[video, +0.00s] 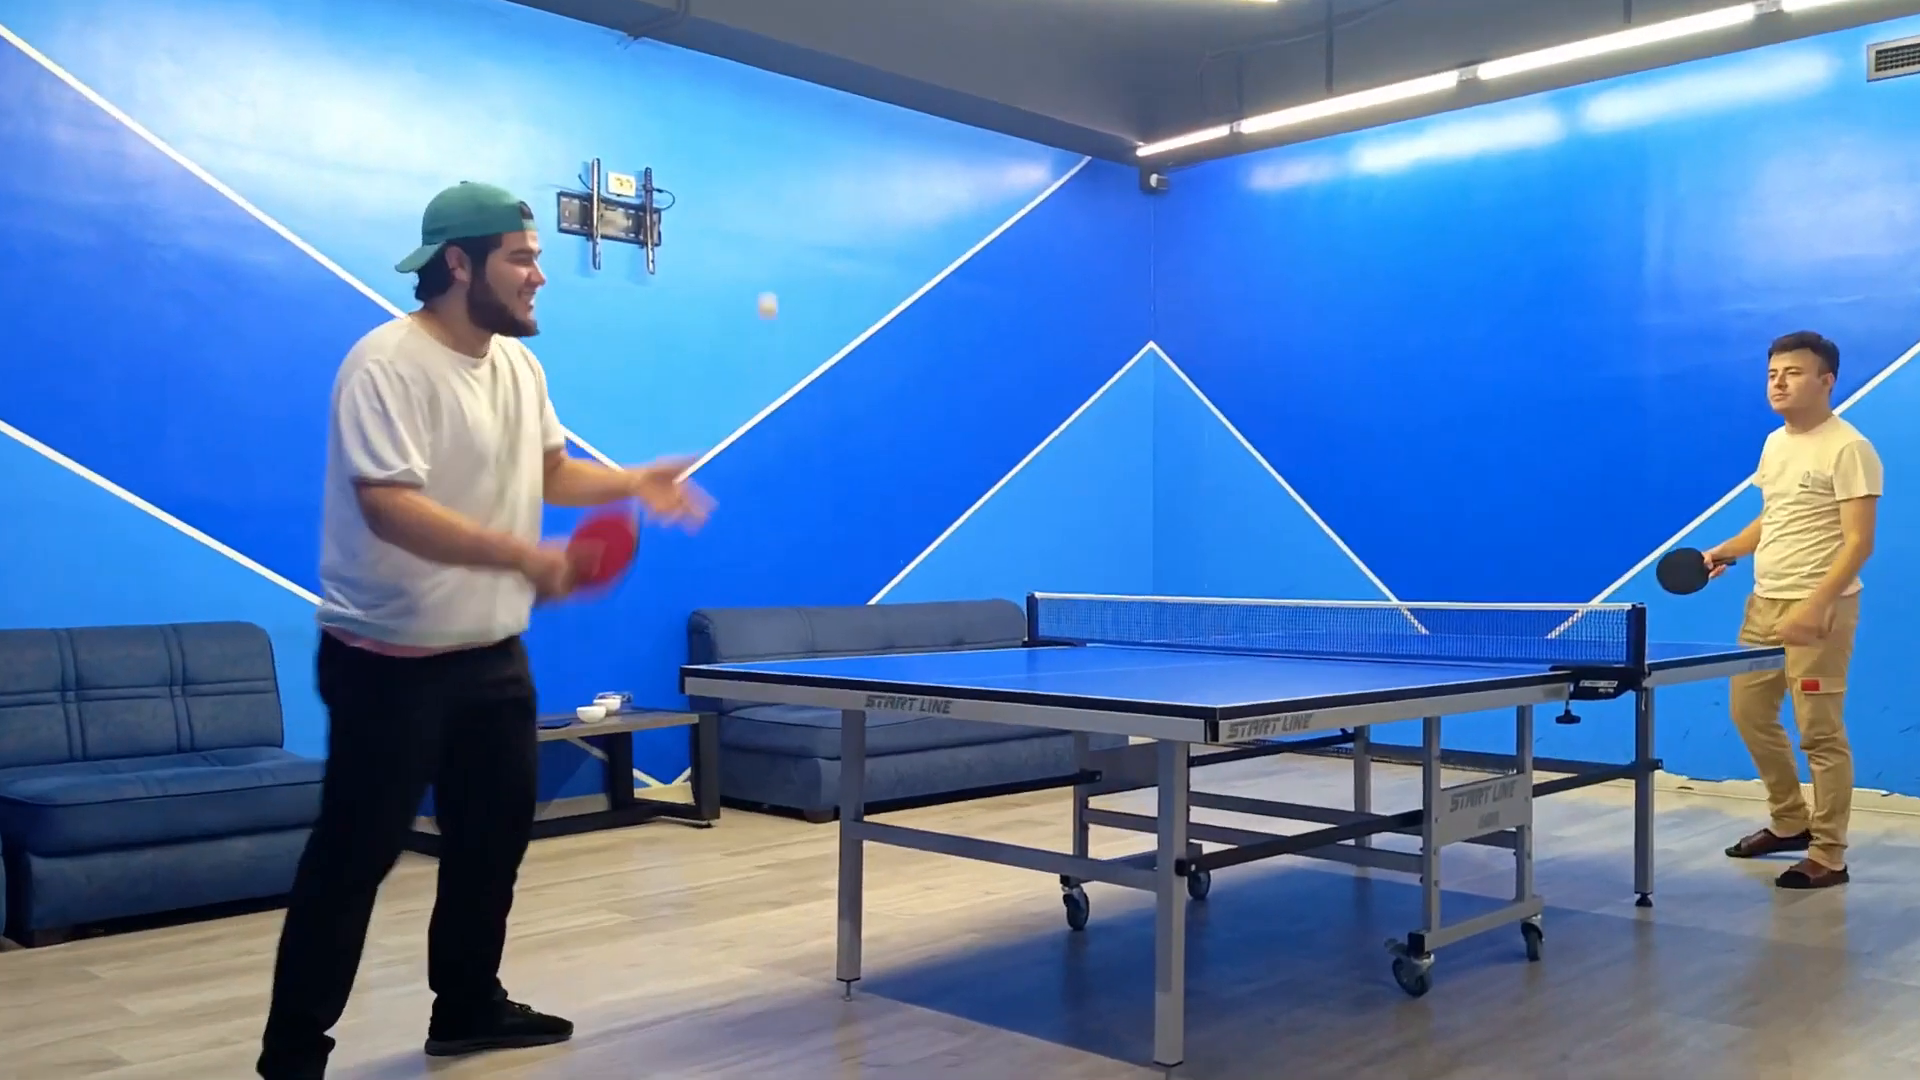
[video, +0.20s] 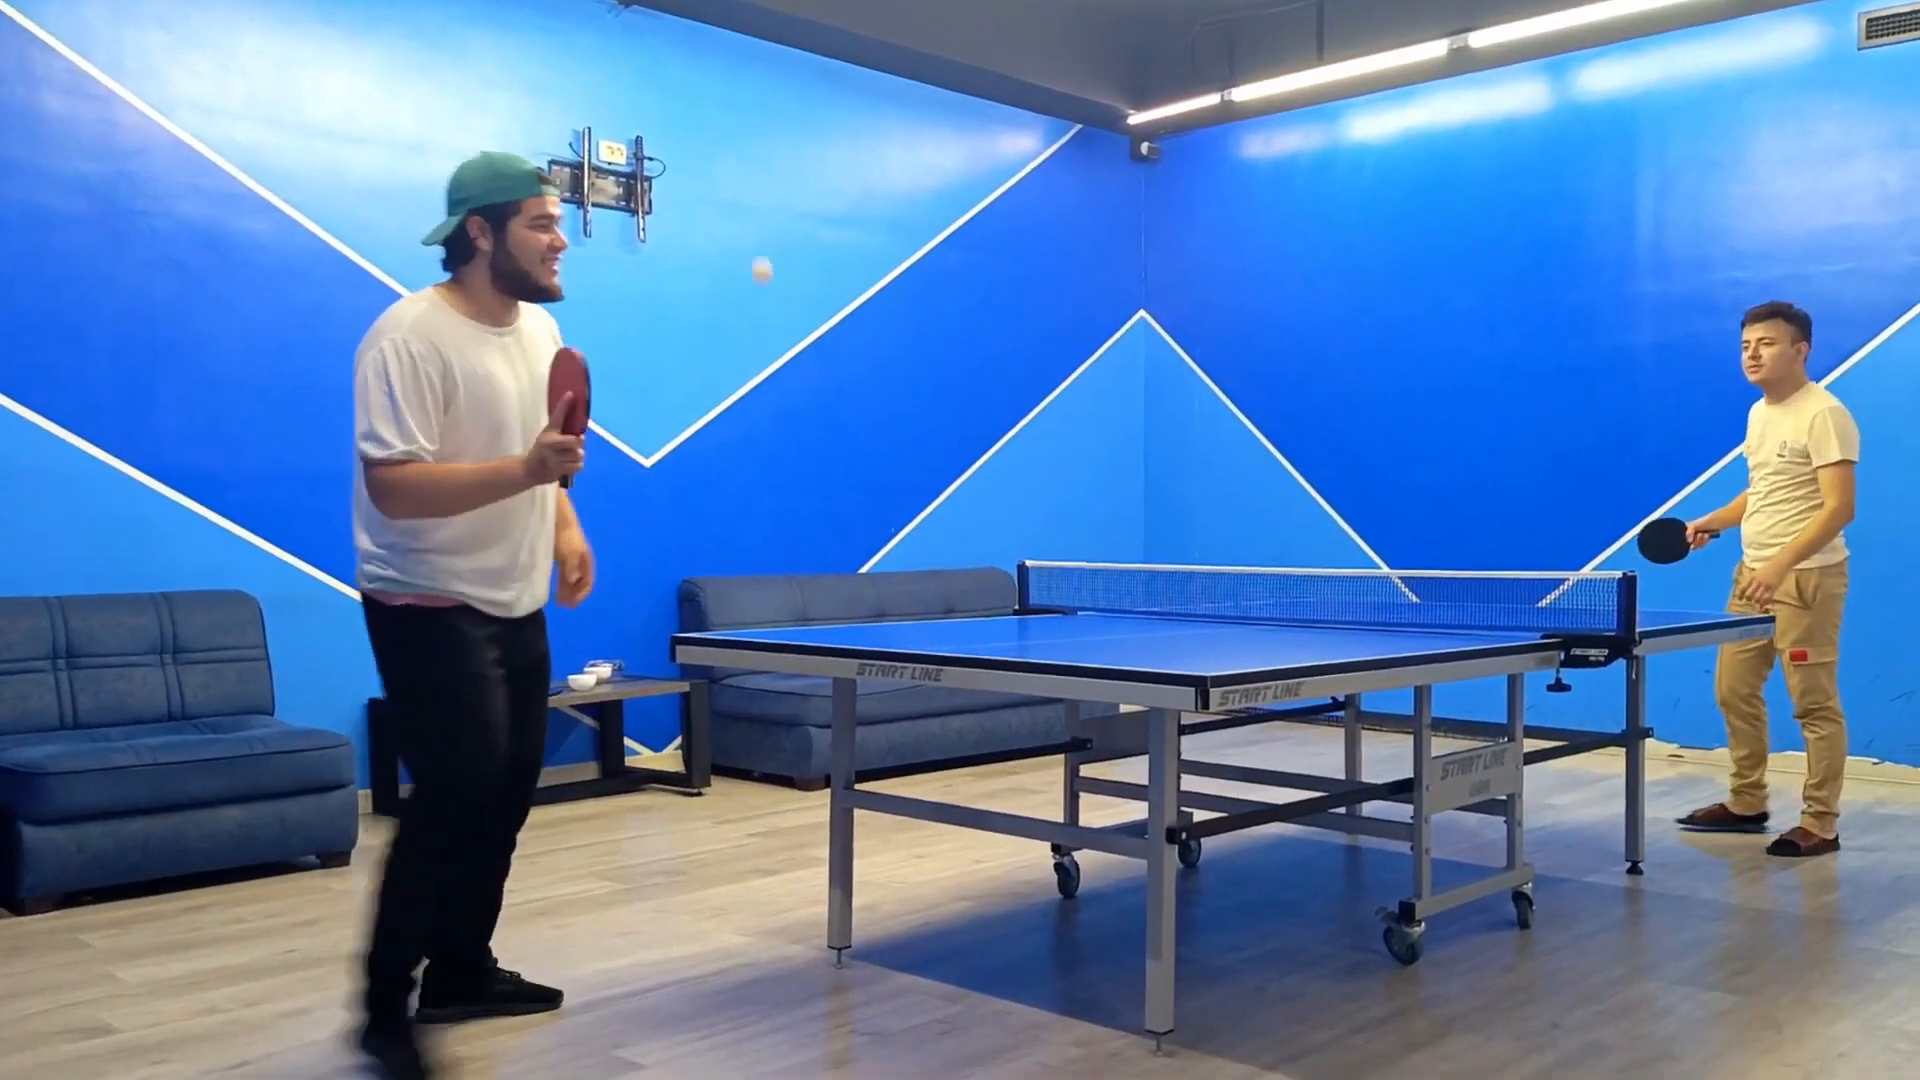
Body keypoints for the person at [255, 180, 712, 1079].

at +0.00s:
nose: (538, 275)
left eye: (537, 259)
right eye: (522, 259)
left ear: (483, 268)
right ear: (460, 265)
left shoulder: (517, 364)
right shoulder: (382, 366)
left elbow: (549, 471)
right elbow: (388, 508)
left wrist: (631, 481)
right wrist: (526, 556)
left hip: (490, 653)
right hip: (386, 661)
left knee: (493, 836)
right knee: (351, 857)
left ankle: (469, 1007)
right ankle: (293, 1051)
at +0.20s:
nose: (560, 240)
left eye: (559, 225)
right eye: (542, 225)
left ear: (527, 239)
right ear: (480, 235)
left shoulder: (540, 334)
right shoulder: (405, 337)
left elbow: (539, 448)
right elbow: (390, 487)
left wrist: (568, 523)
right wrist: (524, 472)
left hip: (516, 604)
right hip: (426, 605)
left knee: (506, 791)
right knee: (455, 791)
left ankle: (463, 972)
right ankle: (386, 1011)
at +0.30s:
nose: (583, 248)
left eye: (583, 233)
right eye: (568, 233)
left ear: (533, 243)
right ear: (506, 238)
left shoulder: (556, 327)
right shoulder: (421, 337)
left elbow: (543, 442)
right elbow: (392, 489)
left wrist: (563, 520)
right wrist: (529, 486)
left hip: (520, 585)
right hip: (434, 587)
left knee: (508, 763)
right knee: (510, 752)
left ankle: (453, 958)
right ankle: (502, 994)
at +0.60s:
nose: (482, 321)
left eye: (483, 303)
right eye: (474, 301)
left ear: (407, 296)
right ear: (417, 297)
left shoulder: (326, 343)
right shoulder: (382, 412)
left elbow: (362, 454)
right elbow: (536, 500)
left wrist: (421, 534)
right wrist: (685, 518)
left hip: (262, 600)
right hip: (311, 619)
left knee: (390, 752)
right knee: (433, 758)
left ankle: (286, 943)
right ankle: (424, 991)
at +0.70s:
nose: (468, 298)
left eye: (468, 280)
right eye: (458, 280)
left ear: (398, 280)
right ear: (404, 279)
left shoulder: (309, 337)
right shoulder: (369, 392)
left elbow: (297, 482)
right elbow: (524, 480)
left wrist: (381, 562)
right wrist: (675, 442)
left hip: (250, 602)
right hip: (310, 616)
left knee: (332, 761)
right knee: (426, 758)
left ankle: (211, 942)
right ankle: (423, 992)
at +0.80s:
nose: (437, 282)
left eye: (435, 265)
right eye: (426, 264)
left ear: (360, 267)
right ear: (374, 265)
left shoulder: (278, 331)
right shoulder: (347, 377)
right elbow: (476, 471)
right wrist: (620, 426)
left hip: (220, 604)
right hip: (295, 617)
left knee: (275, 775)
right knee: (402, 768)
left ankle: (142, 952)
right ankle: (421, 990)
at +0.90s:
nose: (402, 267)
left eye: (400, 250)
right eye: (391, 249)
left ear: (329, 252)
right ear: (342, 250)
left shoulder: (256, 325)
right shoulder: (303, 355)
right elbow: (394, 473)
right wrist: (547, 459)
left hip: (202, 599)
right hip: (262, 610)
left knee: (242, 777)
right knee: (359, 780)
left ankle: (135, 966)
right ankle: (416, 990)